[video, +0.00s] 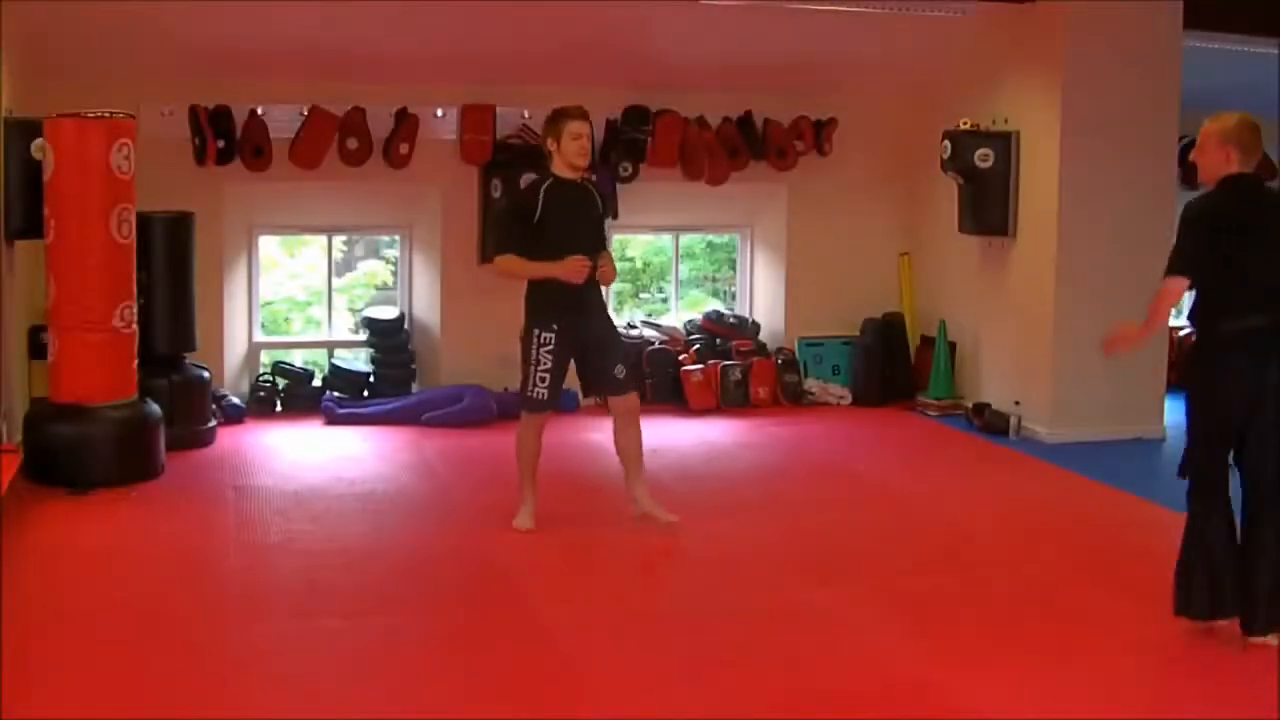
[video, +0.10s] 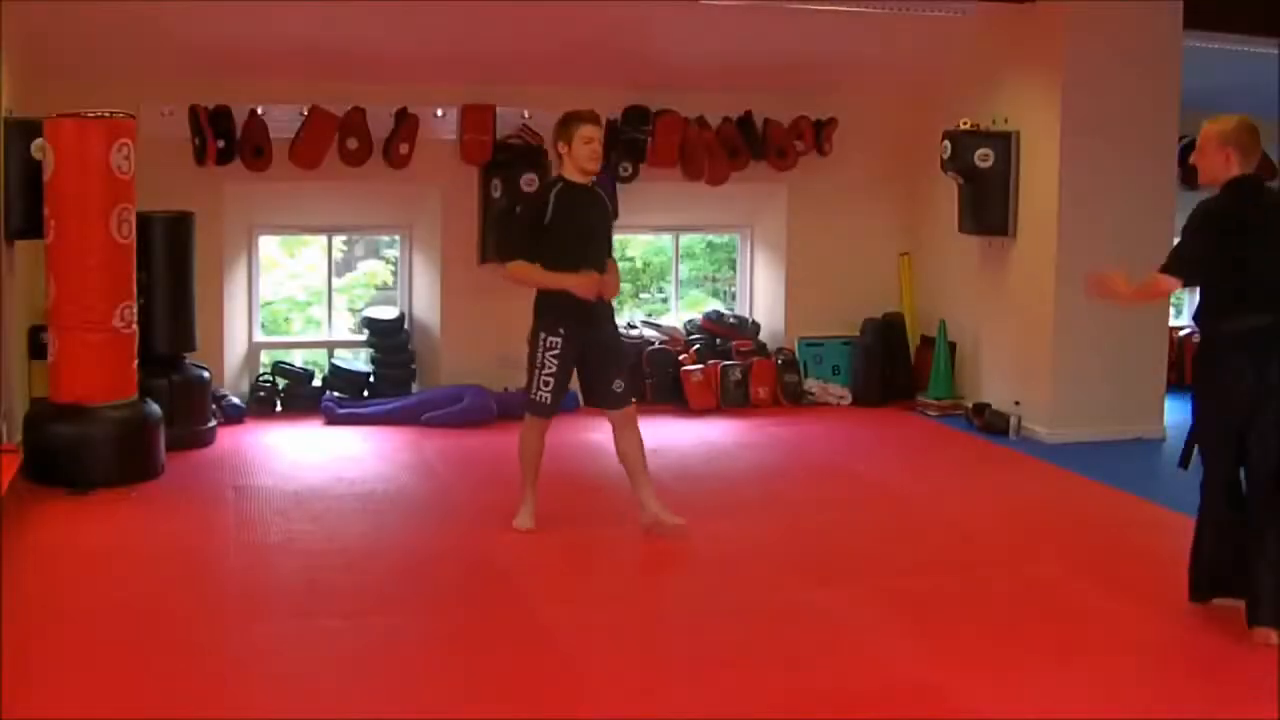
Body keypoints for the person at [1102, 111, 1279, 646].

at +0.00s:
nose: (1194, 156)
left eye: (1201, 146)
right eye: (1196, 146)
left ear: (1228, 154)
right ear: (1248, 155)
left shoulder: (1207, 209)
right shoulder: (1274, 203)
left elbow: (1176, 283)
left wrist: (1144, 330)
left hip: (1220, 358)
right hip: (1271, 359)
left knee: (1208, 471)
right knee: (1264, 478)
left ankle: (1212, 595)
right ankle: (1264, 608)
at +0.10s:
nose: (1193, 158)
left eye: (1200, 149)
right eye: (1195, 148)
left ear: (1227, 156)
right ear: (1245, 157)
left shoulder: (1218, 211)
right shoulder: (1273, 203)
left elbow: (1168, 283)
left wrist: (1122, 288)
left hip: (1228, 362)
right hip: (1273, 361)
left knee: (1221, 471)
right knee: (1268, 478)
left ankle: (1224, 580)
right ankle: (1267, 611)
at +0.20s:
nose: (1197, 174)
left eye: (1203, 165)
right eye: (1198, 165)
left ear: (1228, 170)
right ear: (1247, 171)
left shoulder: (1216, 230)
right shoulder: (1272, 220)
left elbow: (1147, 275)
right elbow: (1215, 268)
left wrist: (1133, 237)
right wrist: (1163, 240)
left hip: (1228, 375)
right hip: (1270, 372)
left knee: (1225, 476)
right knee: (1266, 477)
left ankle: (1229, 583)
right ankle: (1269, 597)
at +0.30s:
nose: (1197, 185)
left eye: (1201, 176)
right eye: (1195, 177)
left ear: (1225, 173)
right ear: (1240, 174)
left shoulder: (1215, 230)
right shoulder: (1269, 222)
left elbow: (1146, 251)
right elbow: (1208, 251)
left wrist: (1148, 210)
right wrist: (1168, 220)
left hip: (1222, 369)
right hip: (1263, 364)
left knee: (1216, 470)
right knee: (1248, 464)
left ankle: (1233, 584)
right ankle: (1266, 574)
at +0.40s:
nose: (1190, 183)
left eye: (1191, 172)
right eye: (1187, 175)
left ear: (1215, 163)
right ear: (1227, 164)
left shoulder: (1223, 212)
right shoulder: (1260, 210)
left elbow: (1148, 234)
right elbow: (1185, 231)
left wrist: (1149, 198)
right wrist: (1162, 204)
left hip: (1218, 350)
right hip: (1251, 345)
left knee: (1215, 468)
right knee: (1240, 464)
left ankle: (1234, 583)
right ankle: (1268, 556)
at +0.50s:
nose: (1176, 183)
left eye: (1178, 174)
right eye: (1174, 176)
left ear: (1199, 163)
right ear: (1211, 161)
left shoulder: (1215, 204)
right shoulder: (1244, 203)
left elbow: (1142, 224)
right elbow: (1173, 228)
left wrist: (1146, 196)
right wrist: (1159, 199)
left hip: (1215, 340)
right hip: (1238, 335)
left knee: (1218, 458)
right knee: (1232, 458)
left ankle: (1236, 582)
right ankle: (1231, 575)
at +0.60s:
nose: (1162, 194)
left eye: (1163, 185)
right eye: (1160, 187)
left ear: (1181, 172)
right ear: (1191, 168)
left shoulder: (1209, 207)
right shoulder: (1231, 204)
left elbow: (1143, 237)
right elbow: (1159, 236)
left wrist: (1134, 205)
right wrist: (1146, 207)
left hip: (1213, 342)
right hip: (1219, 338)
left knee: (1213, 459)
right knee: (1201, 451)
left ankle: (1239, 583)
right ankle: (1179, 531)